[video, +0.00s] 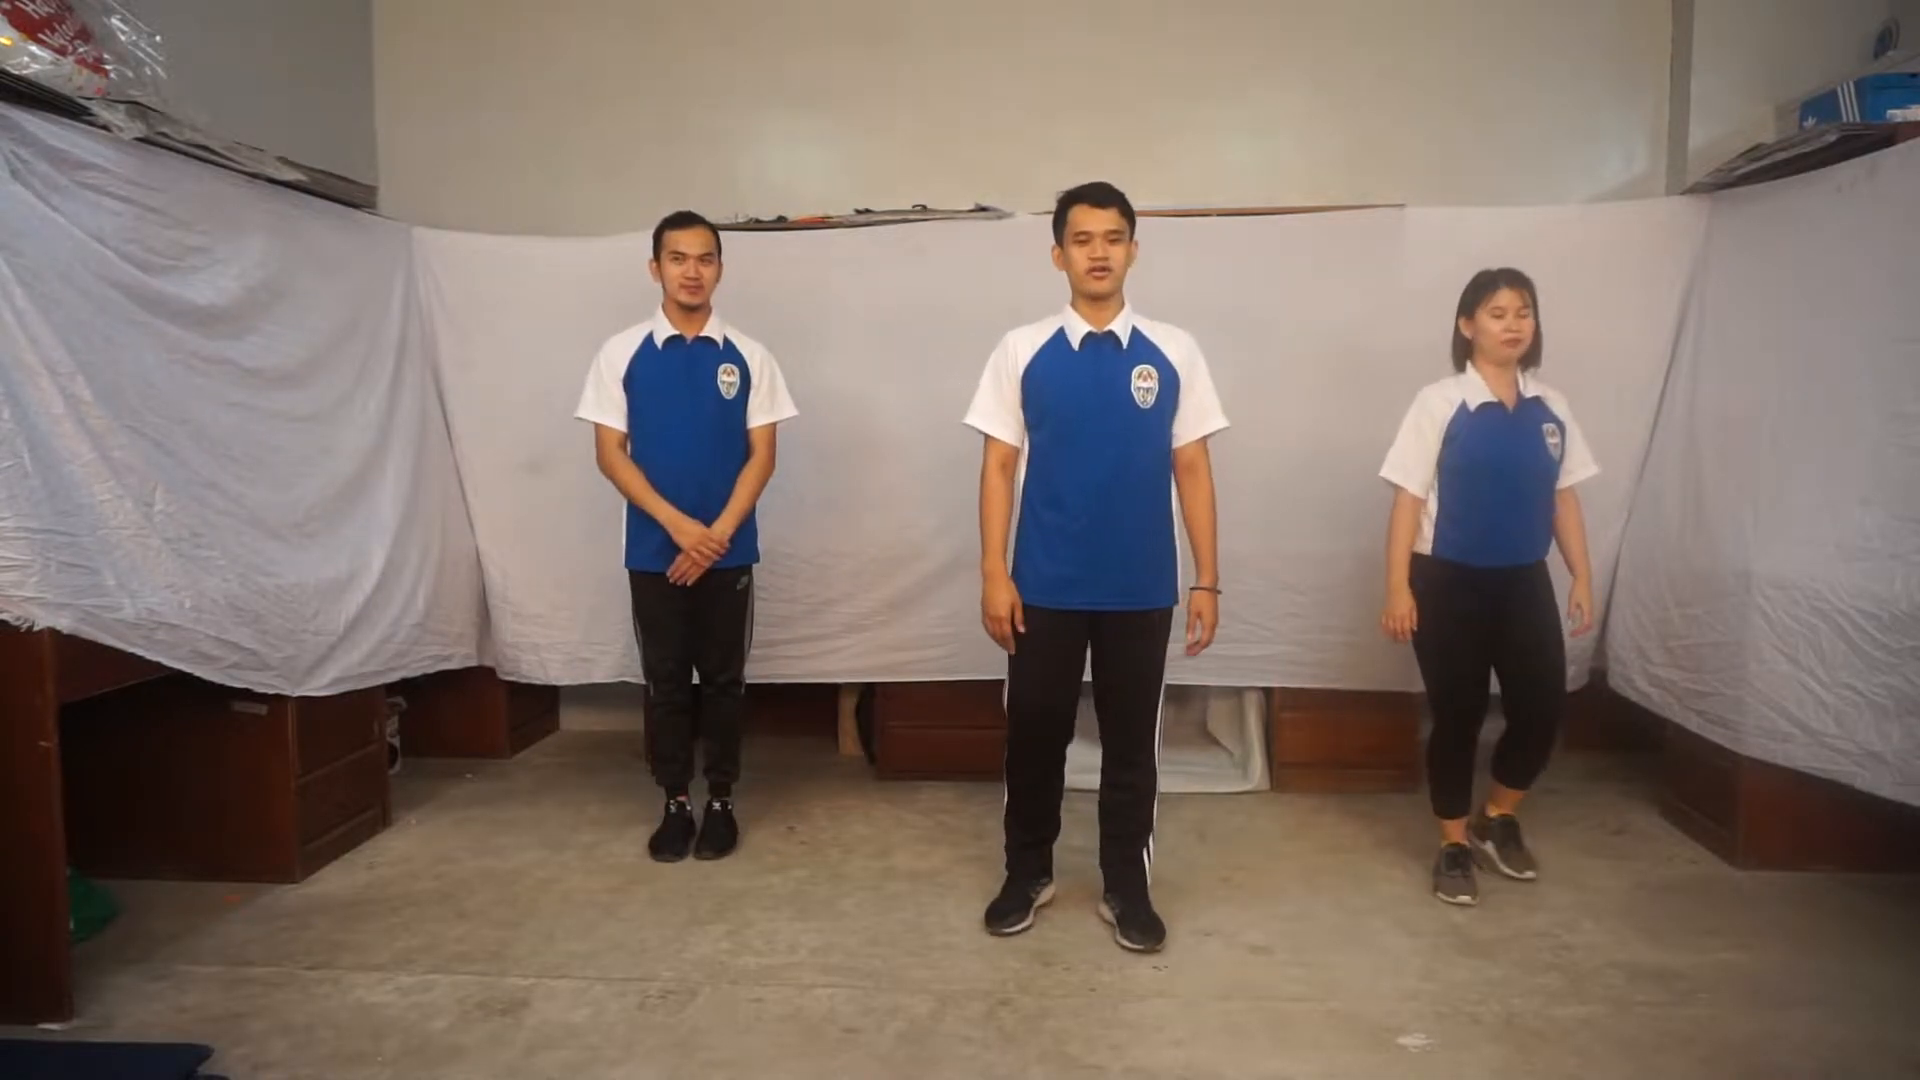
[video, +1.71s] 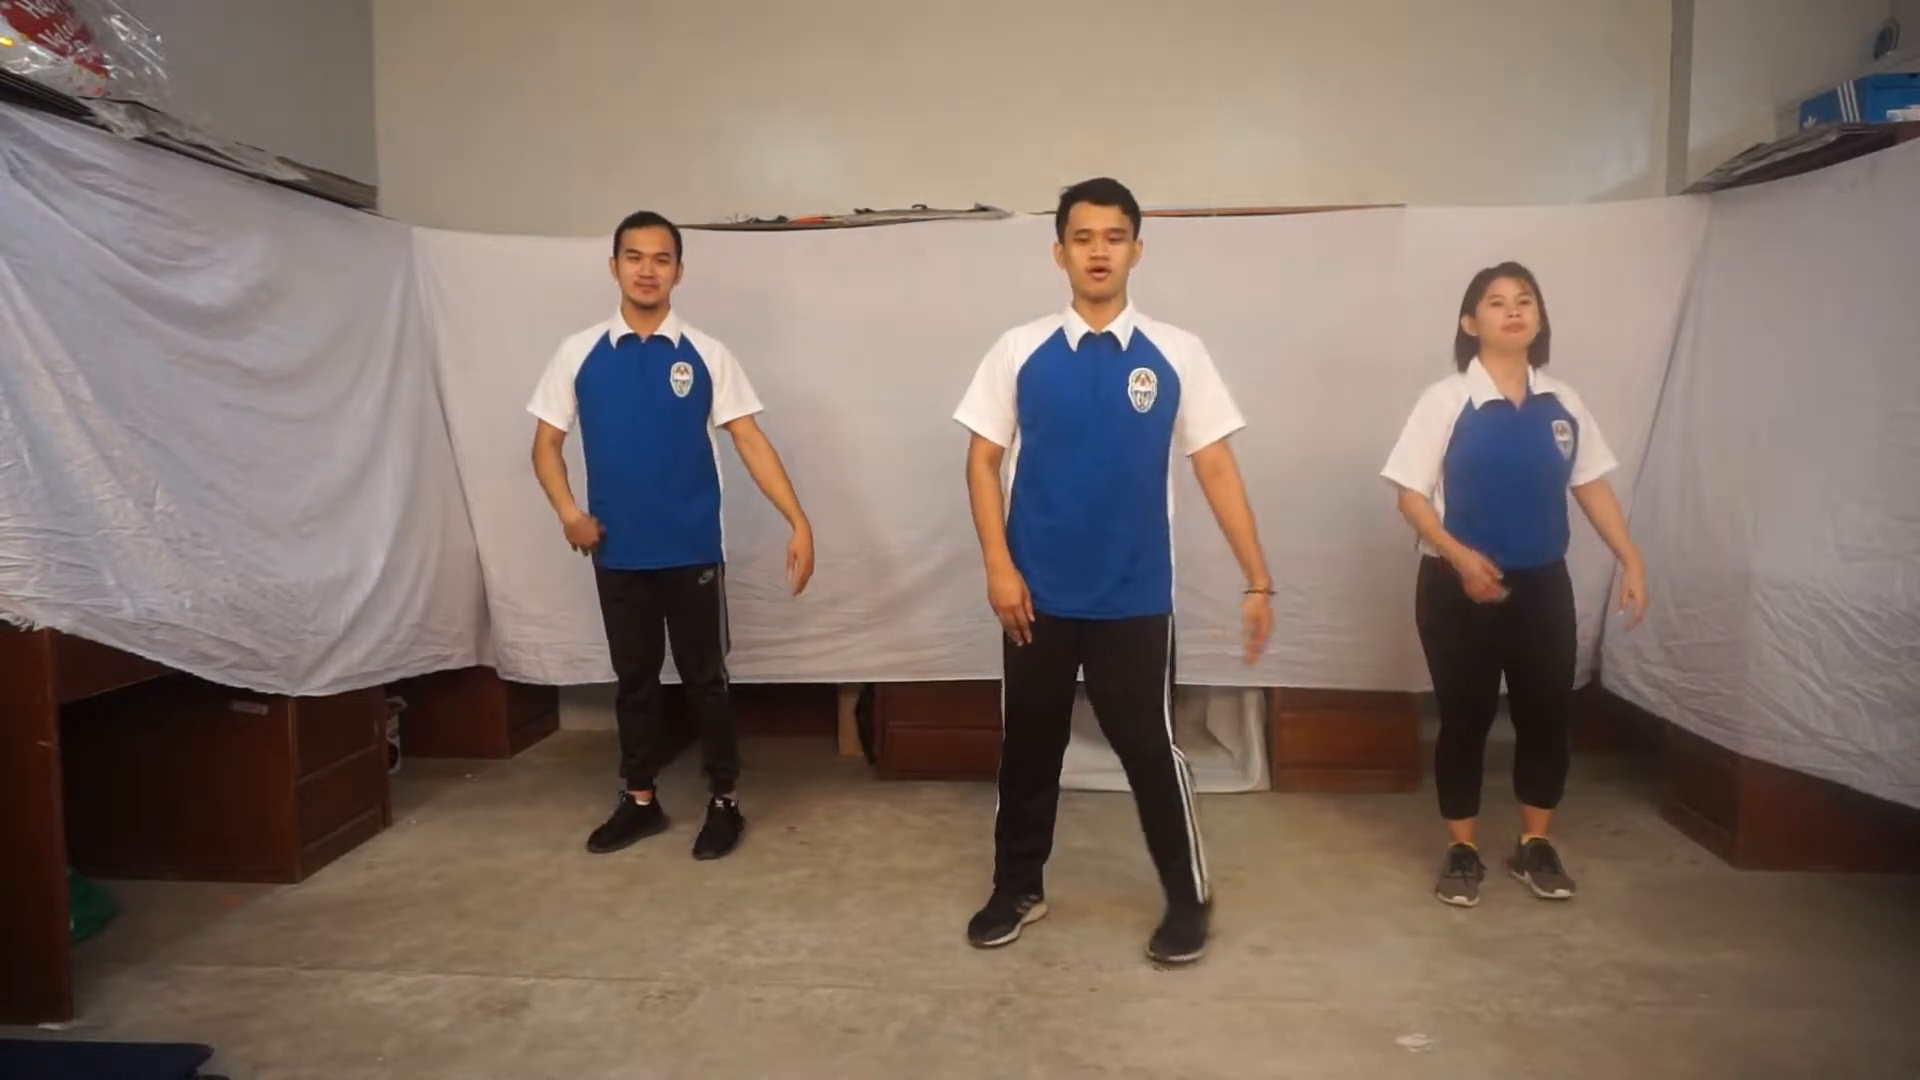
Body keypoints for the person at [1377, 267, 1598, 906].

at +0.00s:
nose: (1513, 323)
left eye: (1522, 313)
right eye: (1497, 313)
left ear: (1535, 325)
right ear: (1468, 325)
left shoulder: (1549, 405)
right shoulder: (1438, 401)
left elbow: (1564, 500)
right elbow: (1406, 500)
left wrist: (1581, 576)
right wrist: (1397, 587)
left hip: (1525, 586)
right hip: (1449, 584)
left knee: (1541, 709)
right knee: (1457, 713)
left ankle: (1497, 817)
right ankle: (1453, 843)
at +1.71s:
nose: (1513, 311)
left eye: (1524, 303)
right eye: (1497, 303)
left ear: (1539, 320)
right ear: (1471, 321)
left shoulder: (1560, 399)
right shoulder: (1446, 398)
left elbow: (1591, 485)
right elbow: (1411, 496)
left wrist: (1630, 556)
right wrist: (1458, 554)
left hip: (1542, 586)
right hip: (1461, 586)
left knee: (1545, 713)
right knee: (1464, 719)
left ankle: (1536, 844)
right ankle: (1462, 847)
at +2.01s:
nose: (1534, 321)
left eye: (1547, 310)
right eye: (1519, 312)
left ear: (1568, 323)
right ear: (1498, 329)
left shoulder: (1606, 399)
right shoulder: (1474, 409)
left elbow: (1650, 481)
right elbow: (1435, 504)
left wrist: (1688, 526)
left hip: (1580, 590)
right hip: (1491, 587)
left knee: (1569, 725)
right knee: (1480, 718)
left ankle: (1579, 862)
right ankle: (1460, 851)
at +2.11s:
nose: (1549, 324)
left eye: (1563, 312)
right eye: (1535, 314)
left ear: (1587, 323)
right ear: (1516, 327)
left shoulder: (1619, 396)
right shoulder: (1495, 405)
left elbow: (1659, 494)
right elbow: (1424, 466)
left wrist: (1605, 554)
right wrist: (1392, 401)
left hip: (1602, 587)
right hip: (1515, 584)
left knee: (1585, 723)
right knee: (1493, 713)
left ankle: (1581, 861)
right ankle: (1466, 849)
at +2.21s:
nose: (1565, 328)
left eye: (1581, 316)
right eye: (1552, 317)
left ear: (1610, 328)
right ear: (1537, 328)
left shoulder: (1630, 409)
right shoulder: (1523, 396)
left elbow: (1627, 512)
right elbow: (1462, 407)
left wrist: (1527, 564)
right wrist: (1440, 336)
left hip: (1622, 584)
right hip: (1547, 583)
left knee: (1596, 712)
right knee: (1514, 710)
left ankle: (1582, 857)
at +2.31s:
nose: (1575, 334)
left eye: (1592, 323)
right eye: (1567, 322)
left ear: (1622, 334)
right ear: (1552, 333)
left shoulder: (1630, 413)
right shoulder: (1553, 386)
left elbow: (1598, 520)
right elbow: (1520, 333)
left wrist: (1521, 554)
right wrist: (1489, 265)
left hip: (1633, 583)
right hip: (1575, 581)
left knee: (1602, 717)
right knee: (1562, 712)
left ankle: (1584, 860)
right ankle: (1696, 816)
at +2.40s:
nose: (1580, 340)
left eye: (1597, 328)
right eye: (1572, 326)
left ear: (1628, 339)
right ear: (1562, 329)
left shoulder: (1630, 412)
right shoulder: (1583, 389)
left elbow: (1589, 515)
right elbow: (1564, 307)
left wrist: (1536, 542)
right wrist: (1537, 231)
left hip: (1637, 584)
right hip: (1602, 580)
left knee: (1593, 716)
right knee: (1630, 722)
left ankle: (1583, 860)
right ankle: (1752, 842)